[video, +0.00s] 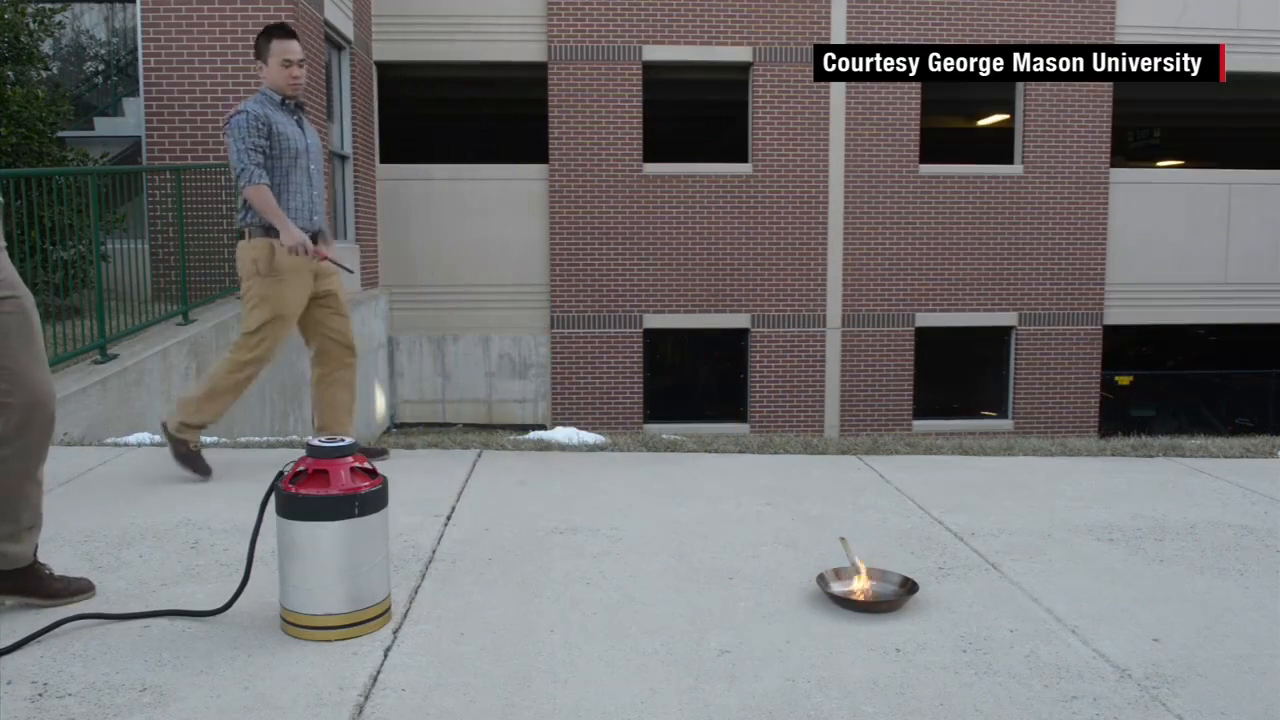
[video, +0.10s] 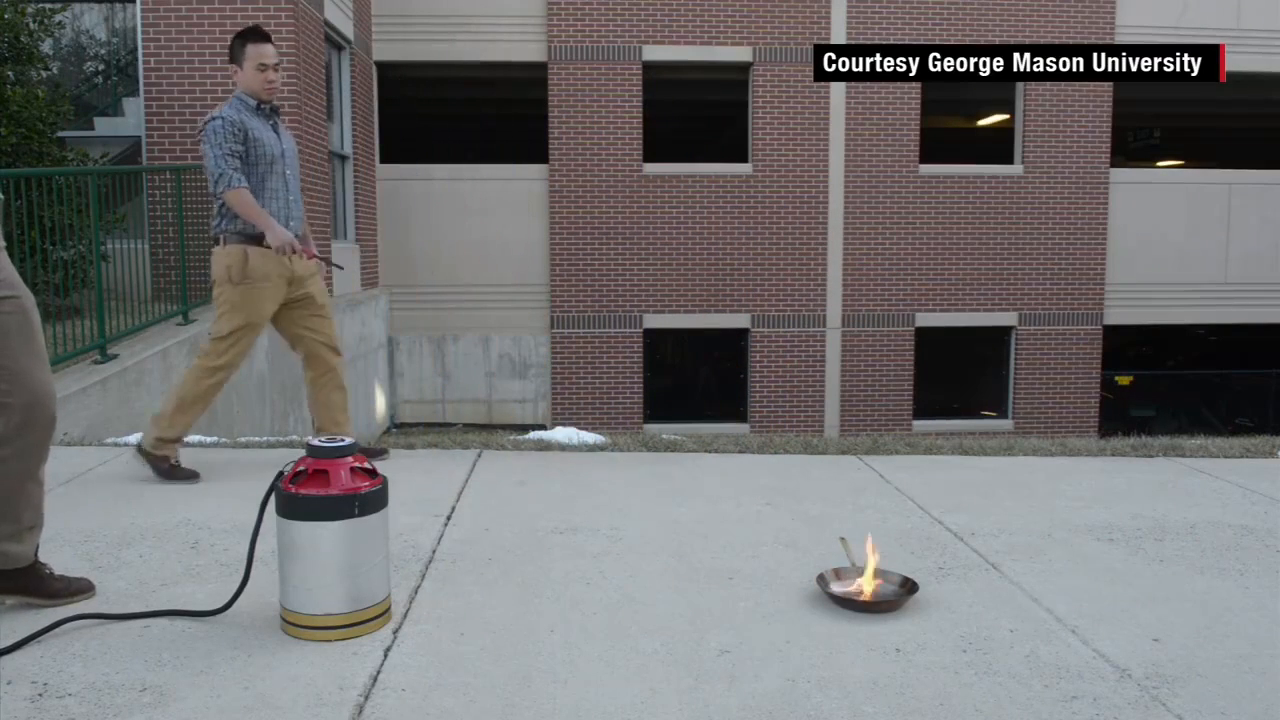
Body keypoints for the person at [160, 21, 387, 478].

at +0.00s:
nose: (297, 71)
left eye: (301, 63)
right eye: (287, 63)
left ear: (305, 67)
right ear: (262, 68)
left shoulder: (303, 124)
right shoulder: (249, 116)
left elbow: (309, 191)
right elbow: (251, 182)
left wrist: (323, 238)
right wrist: (284, 225)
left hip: (309, 251)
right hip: (270, 250)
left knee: (337, 348)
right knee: (257, 348)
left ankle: (336, 444)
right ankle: (183, 427)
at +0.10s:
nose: (273, 75)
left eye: (276, 66)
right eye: (262, 67)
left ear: (279, 70)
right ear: (236, 72)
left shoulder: (280, 128)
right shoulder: (224, 122)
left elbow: (291, 197)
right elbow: (231, 189)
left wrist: (309, 248)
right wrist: (270, 226)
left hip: (294, 259)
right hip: (247, 258)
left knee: (324, 354)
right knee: (221, 358)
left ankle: (338, 446)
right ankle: (159, 443)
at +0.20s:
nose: (235, 76)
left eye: (239, 68)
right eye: (225, 67)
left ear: (242, 71)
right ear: (197, 70)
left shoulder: (243, 129)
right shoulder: (181, 122)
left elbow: (258, 199)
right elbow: (190, 191)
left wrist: (279, 249)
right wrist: (235, 229)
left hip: (250, 258)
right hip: (201, 257)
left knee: (283, 352)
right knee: (181, 361)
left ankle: (325, 437)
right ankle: (145, 454)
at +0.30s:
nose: (209, 67)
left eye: (213, 58)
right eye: (198, 59)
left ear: (217, 63)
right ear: (171, 63)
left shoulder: (219, 123)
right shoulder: (155, 116)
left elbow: (235, 188)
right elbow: (162, 185)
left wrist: (256, 241)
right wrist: (200, 230)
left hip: (224, 253)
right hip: (177, 252)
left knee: (257, 349)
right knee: (165, 359)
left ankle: (295, 440)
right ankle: (146, 456)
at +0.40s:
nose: (171, 56)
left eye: (175, 48)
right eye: (159, 48)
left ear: (179, 52)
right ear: (133, 54)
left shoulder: (183, 113)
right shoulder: (121, 108)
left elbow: (201, 179)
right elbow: (125, 179)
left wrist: (224, 228)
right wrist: (140, 240)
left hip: (197, 248)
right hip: (152, 249)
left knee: (221, 347)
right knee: (146, 358)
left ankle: (200, 437)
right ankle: (144, 455)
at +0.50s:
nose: (148, 55)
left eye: (152, 46)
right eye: (136, 47)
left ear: (156, 51)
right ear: (109, 54)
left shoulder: (162, 112)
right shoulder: (99, 109)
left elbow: (180, 173)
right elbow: (97, 183)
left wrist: (205, 216)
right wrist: (104, 246)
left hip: (178, 248)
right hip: (138, 248)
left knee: (184, 345)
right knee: (138, 356)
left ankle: (134, 431)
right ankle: (141, 454)